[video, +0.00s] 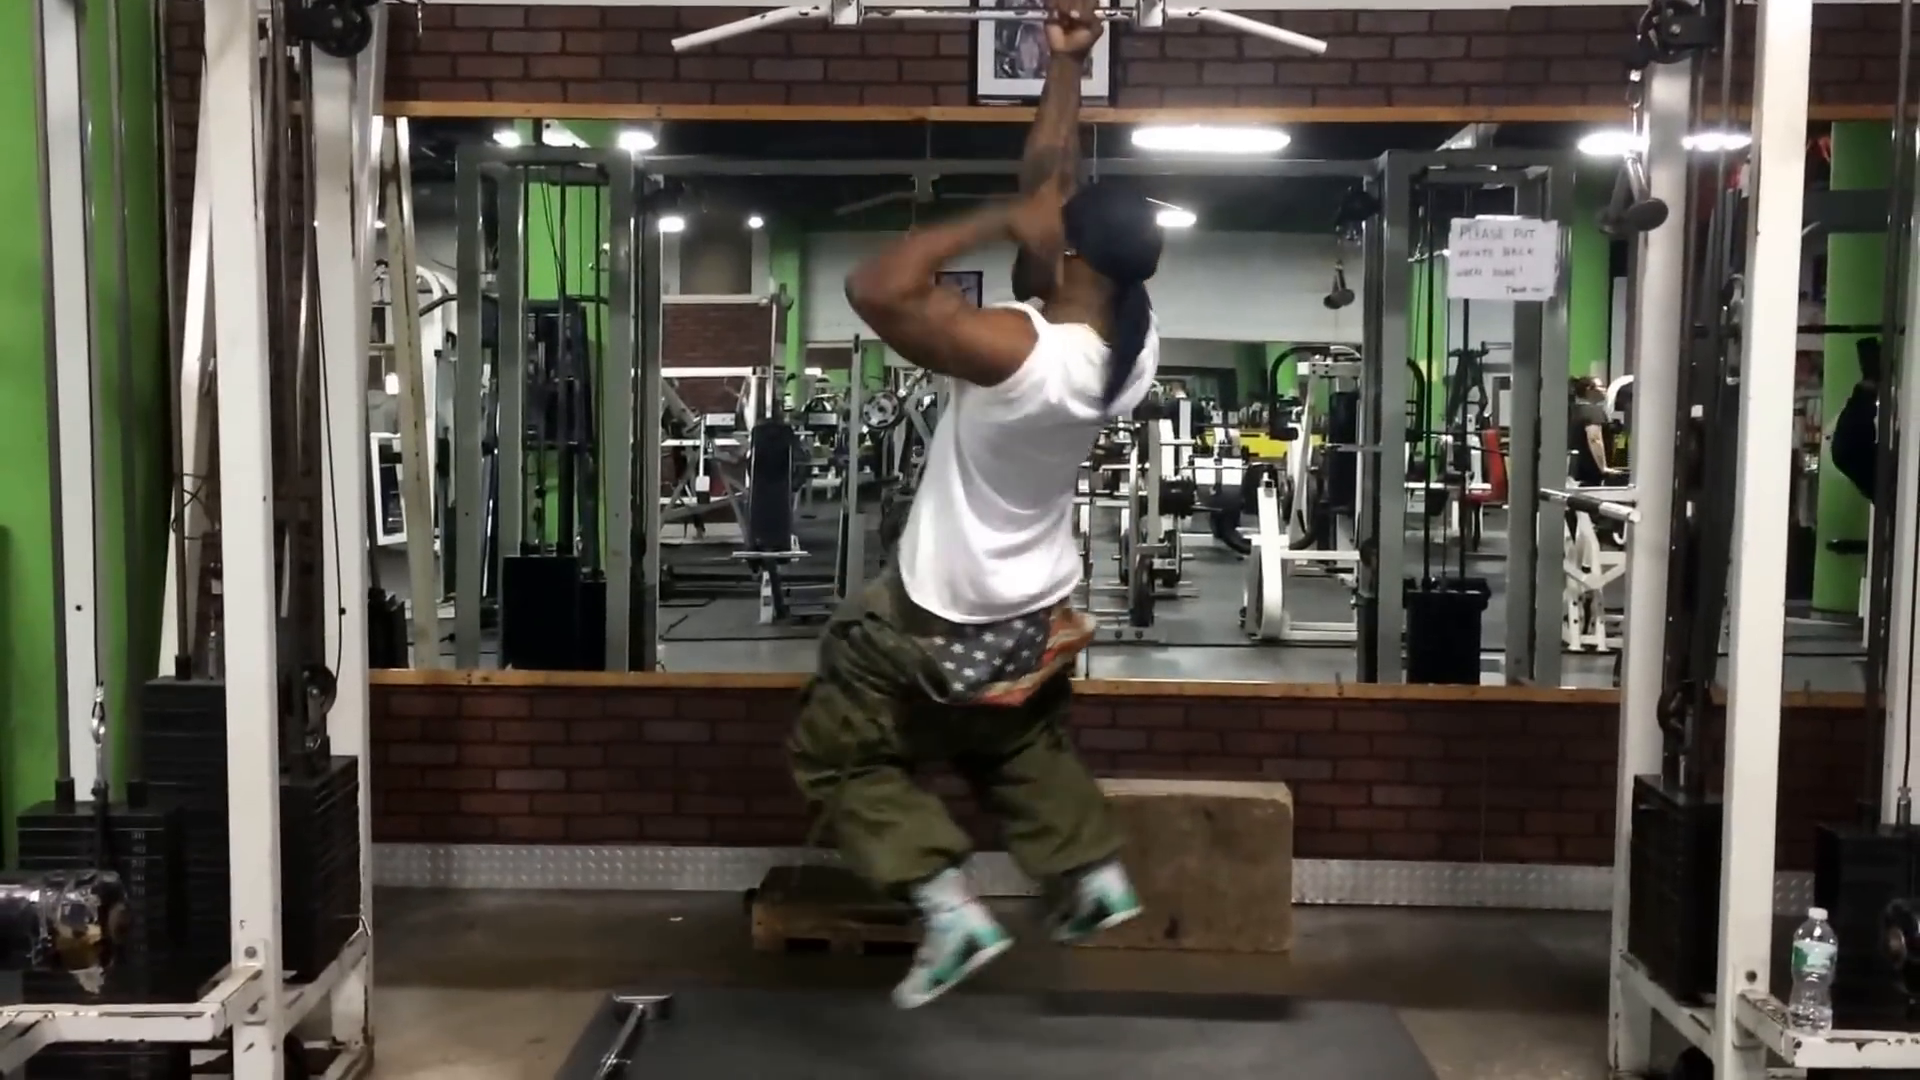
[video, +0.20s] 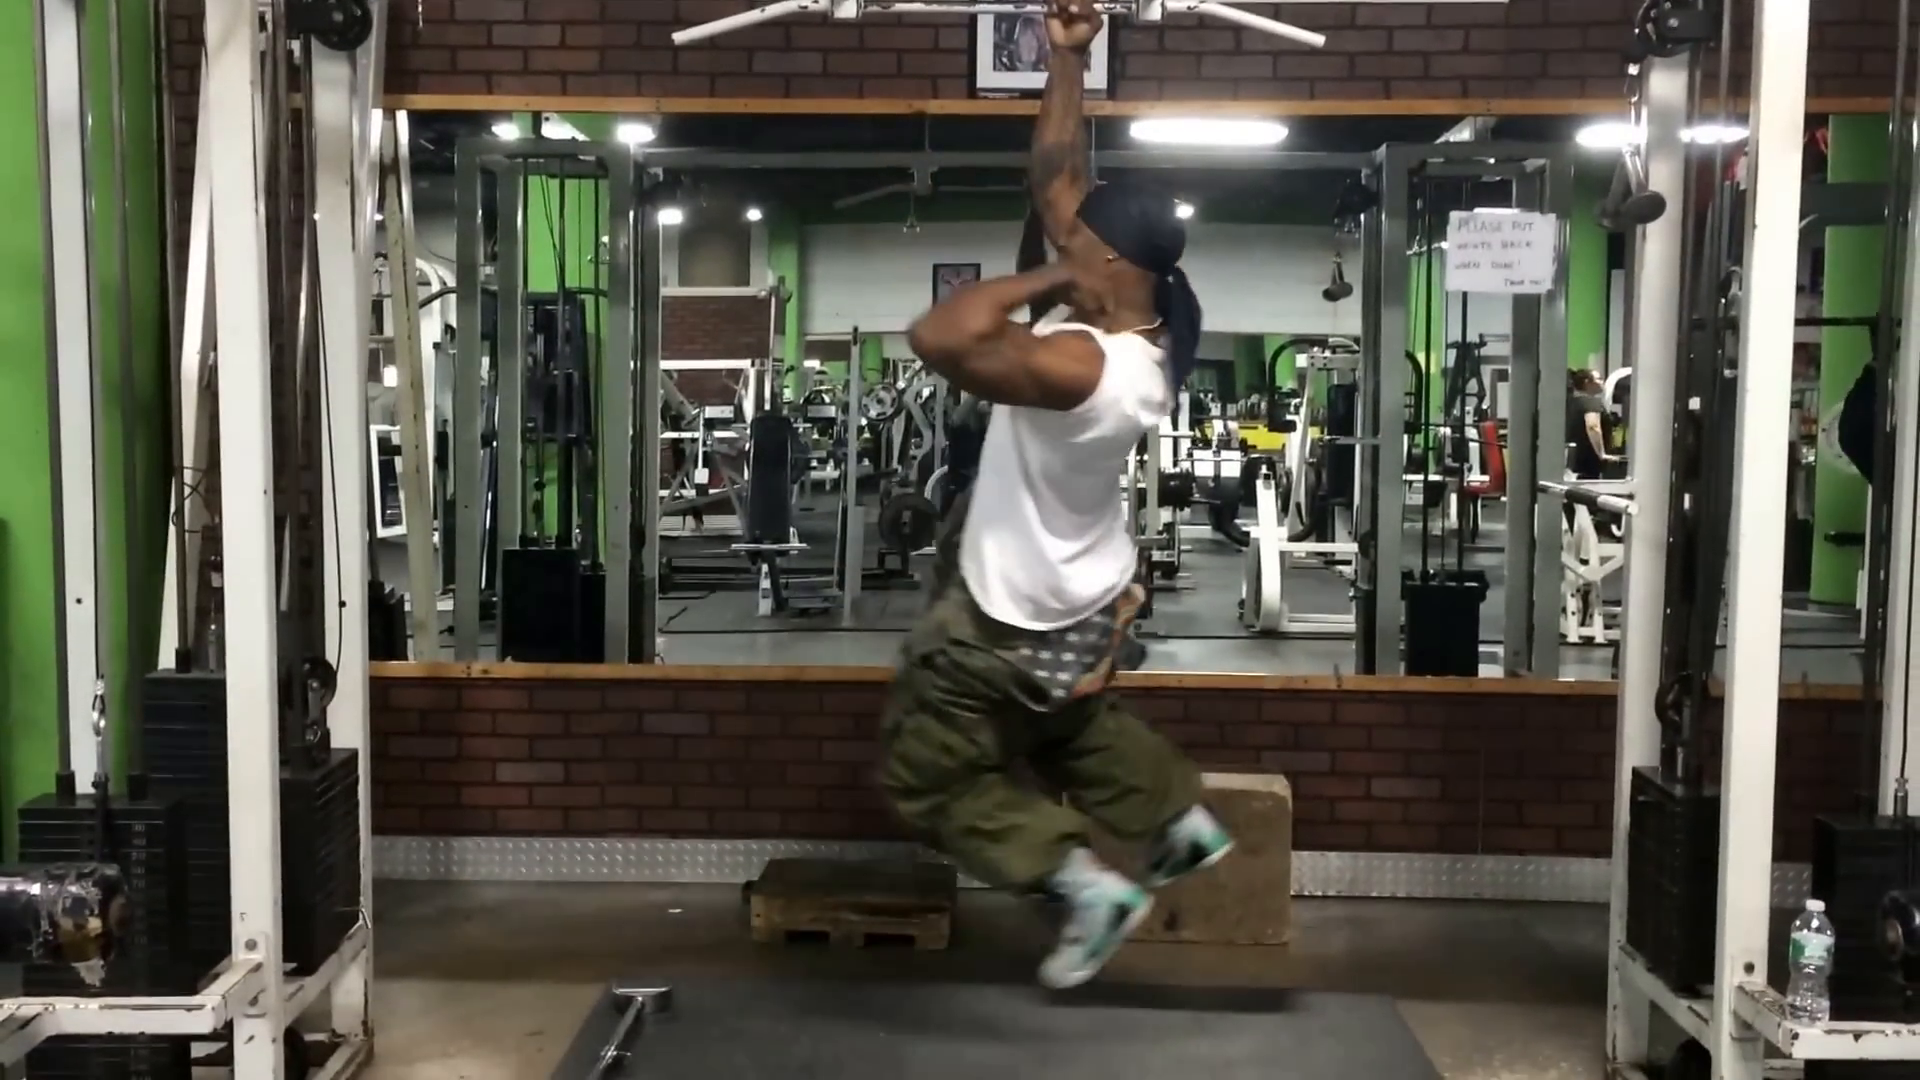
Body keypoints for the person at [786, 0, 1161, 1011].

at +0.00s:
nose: (1045, 227)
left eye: (1054, 221)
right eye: (1055, 215)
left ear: (1066, 253)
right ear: (1129, 264)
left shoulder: (1015, 345)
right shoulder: (1124, 337)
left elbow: (877, 289)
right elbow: (1048, 194)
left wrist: (998, 223)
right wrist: (1064, 64)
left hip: (936, 626)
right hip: (1043, 611)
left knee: (838, 752)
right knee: (1013, 736)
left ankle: (947, 907)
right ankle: (1094, 876)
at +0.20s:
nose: (1073, 250)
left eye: (1087, 242)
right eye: (1081, 237)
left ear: (1114, 266)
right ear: (1137, 269)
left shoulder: (1083, 365)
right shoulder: (1128, 327)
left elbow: (939, 335)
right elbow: (1059, 190)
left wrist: (1052, 275)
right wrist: (1065, 56)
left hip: (1010, 613)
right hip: (1091, 597)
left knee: (929, 774)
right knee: (1053, 726)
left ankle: (1087, 888)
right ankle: (1179, 820)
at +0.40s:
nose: (1102, 245)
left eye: (1115, 238)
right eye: (1104, 232)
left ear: (1158, 258)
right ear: (1160, 257)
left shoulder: (1160, 354)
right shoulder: (1153, 304)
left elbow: (1025, 358)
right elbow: (1068, 187)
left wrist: (1115, 274)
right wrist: (1066, 53)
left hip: (1089, 605)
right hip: (1129, 583)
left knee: (1032, 796)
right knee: (1118, 715)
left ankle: (1209, 868)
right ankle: (1244, 796)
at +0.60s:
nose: (1128, 248)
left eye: (1143, 237)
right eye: (1133, 236)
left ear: (1195, 247)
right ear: (1176, 247)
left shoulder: (1215, 336)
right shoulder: (1171, 296)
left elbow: (1131, 304)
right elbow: (1075, 176)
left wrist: (1199, 247)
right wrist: (1069, 49)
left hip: (1143, 591)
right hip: (1146, 573)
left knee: (1107, 817)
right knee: (1159, 712)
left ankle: (1287, 846)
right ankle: (1282, 773)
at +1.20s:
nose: (1145, 248)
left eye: (1164, 243)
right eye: (1155, 240)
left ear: (1200, 270)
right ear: (1167, 259)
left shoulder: (1177, 329)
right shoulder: (1128, 305)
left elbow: (1091, 243)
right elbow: (1056, 174)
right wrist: (1066, 47)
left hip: (1060, 590)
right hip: (1065, 585)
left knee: (998, 808)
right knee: (1066, 757)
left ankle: (1187, 893)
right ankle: (1195, 847)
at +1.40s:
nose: (1092, 225)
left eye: (1110, 210)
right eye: (1095, 208)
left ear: (1162, 241)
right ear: (1167, 243)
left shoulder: (1157, 320)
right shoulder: (1120, 291)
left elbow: (1052, 275)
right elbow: (1050, 179)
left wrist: (1131, 229)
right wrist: (1062, 46)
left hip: (989, 590)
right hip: (1006, 584)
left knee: (879, 789)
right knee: (975, 760)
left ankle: (1046, 932)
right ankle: (1090, 878)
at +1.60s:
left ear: (1124, 258)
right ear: (1122, 259)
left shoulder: (1120, 326)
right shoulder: (1068, 309)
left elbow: (1071, 192)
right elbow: (1038, 174)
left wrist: (1179, 219)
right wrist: (1060, 48)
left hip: (938, 569)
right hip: (970, 580)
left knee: (787, 752)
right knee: (910, 741)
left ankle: (909, 933)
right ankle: (995, 881)